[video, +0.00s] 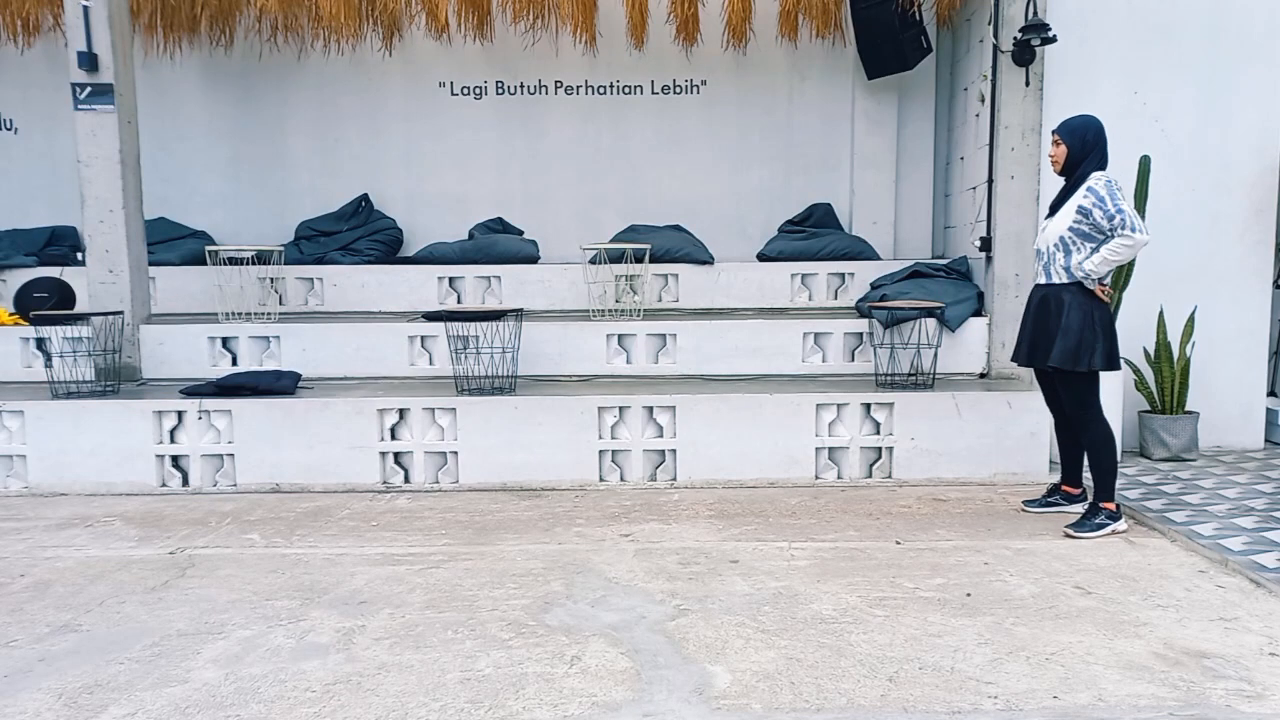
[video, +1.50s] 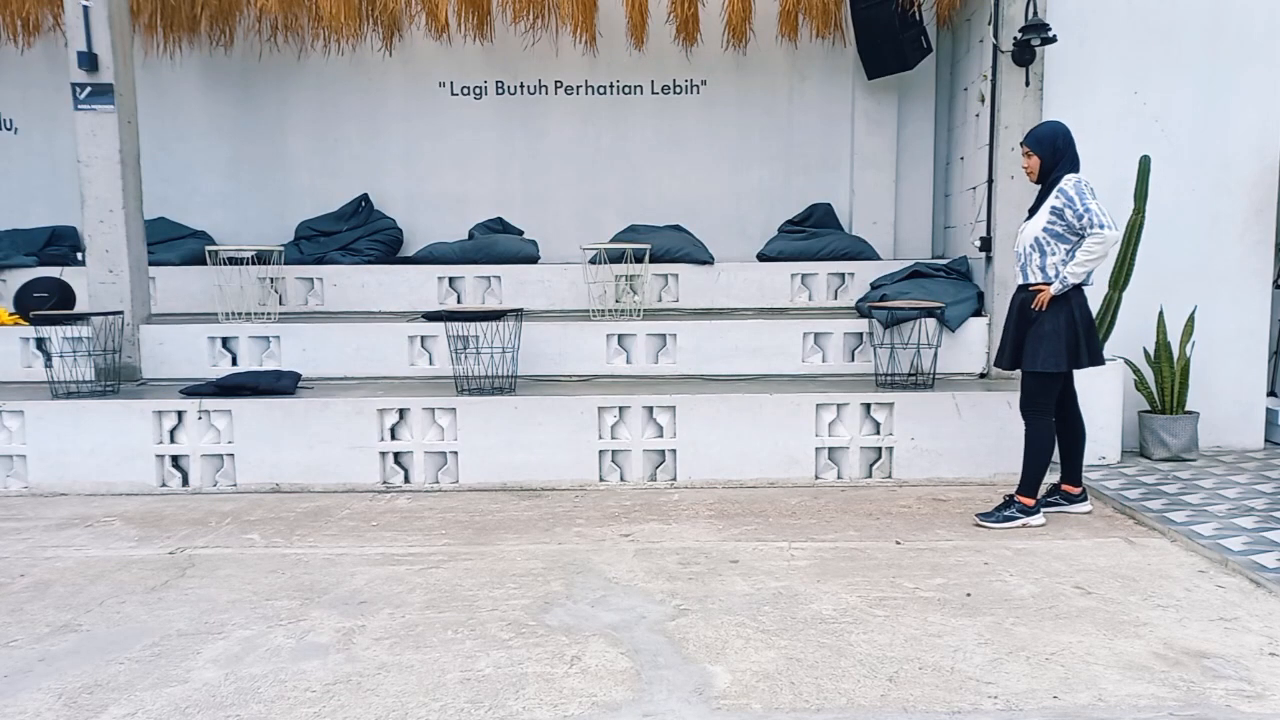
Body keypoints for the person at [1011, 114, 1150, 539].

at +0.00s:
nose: (1051, 152)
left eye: (1058, 144)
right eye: (1052, 144)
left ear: (1080, 147)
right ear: (1075, 148)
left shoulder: (1099, 185)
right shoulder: (1070, 190)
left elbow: (1134, 234)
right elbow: (1083, 243)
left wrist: (1093, 272)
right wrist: (1075, 275)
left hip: (1075, 309)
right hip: (1047, 307)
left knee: (1085, 409)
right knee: (1059, 405)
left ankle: (1107, 507)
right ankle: (1070, 489)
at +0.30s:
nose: (1044, 155)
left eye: (1050, 147)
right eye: (1044, 147)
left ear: (1072, 148)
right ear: (1062, 150)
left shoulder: (1092, 186)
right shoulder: (1065, 192)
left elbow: (1116, 241)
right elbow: (1069, 249)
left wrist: (1080, 277)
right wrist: (1086, 280)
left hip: (1068, 305)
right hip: (1048, 303)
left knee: (1044, 399)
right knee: (1057, 400)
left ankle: (1080, 496)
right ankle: (1066, 487)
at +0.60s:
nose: (1035, 155)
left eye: (1041, 148)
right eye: (1036, 148)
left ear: (1063, 150)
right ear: (1057, 151)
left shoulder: (1083, 187)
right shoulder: (1057, 192)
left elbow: (1131, 225)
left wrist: (1082, 264)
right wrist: (1044, 276)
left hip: (1059, 309)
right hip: (1041, 308)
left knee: (1038, 405)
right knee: (1063, 403)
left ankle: (1026, 501)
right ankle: (1072, 488)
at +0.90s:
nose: (1031, 154)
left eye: (1037, 147)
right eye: (1031, 147)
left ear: (1059, 149)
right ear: (1052, 150)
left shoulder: (1079, 186)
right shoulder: (1052, 192)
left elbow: (1107, 236)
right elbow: (1059, 247)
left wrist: (1062, 282)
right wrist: (1031, 282)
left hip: (1053, 310)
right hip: (1037, 308)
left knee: (1034, 405)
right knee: (1061, 403)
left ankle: (1025, 501)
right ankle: (1072, 488)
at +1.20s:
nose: (1027, 160)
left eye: (1033, 153)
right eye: (1026, 153)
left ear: (1055, 152)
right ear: (1046, 154)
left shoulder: (1075, 187)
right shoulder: (1050, 193)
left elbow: (1104, 235)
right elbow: (1060, 248)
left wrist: (1061, 284)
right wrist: (1033, 284)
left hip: (1053, 311)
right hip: (1040, 309)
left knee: (1026, 404)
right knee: (1062, 401)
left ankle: (1024, 501)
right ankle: (1072, 489)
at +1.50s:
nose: (1024, 163)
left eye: (1030, 155)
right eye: (1024, 156)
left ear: (1052, 154)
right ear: (1043, 156)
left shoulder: (1071, 186)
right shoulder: (1050, 193)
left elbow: (1103, 233)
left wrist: (1060, 283)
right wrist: (1035, 283)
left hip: (1052, 311)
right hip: (1041, 309)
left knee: (1037, 406)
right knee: (1063, 404)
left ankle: (1024, 500)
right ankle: (1072, 488)